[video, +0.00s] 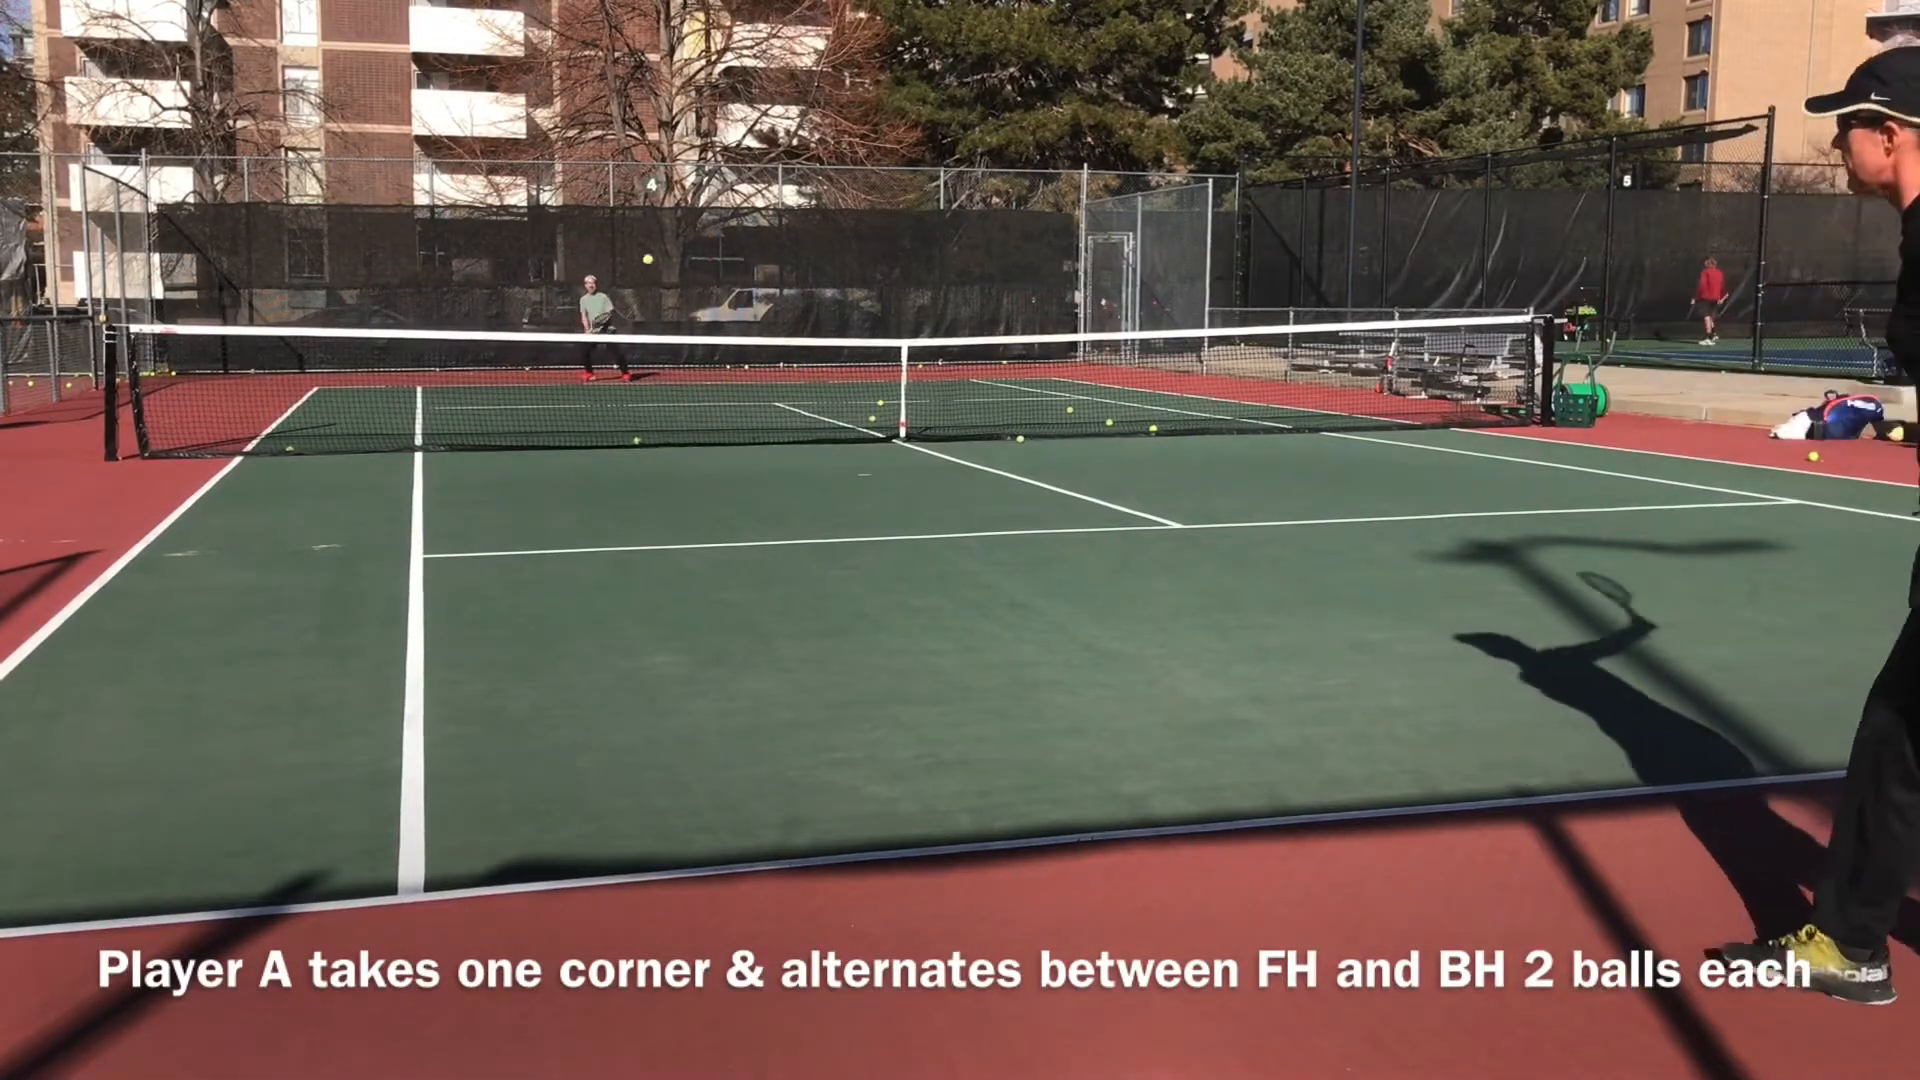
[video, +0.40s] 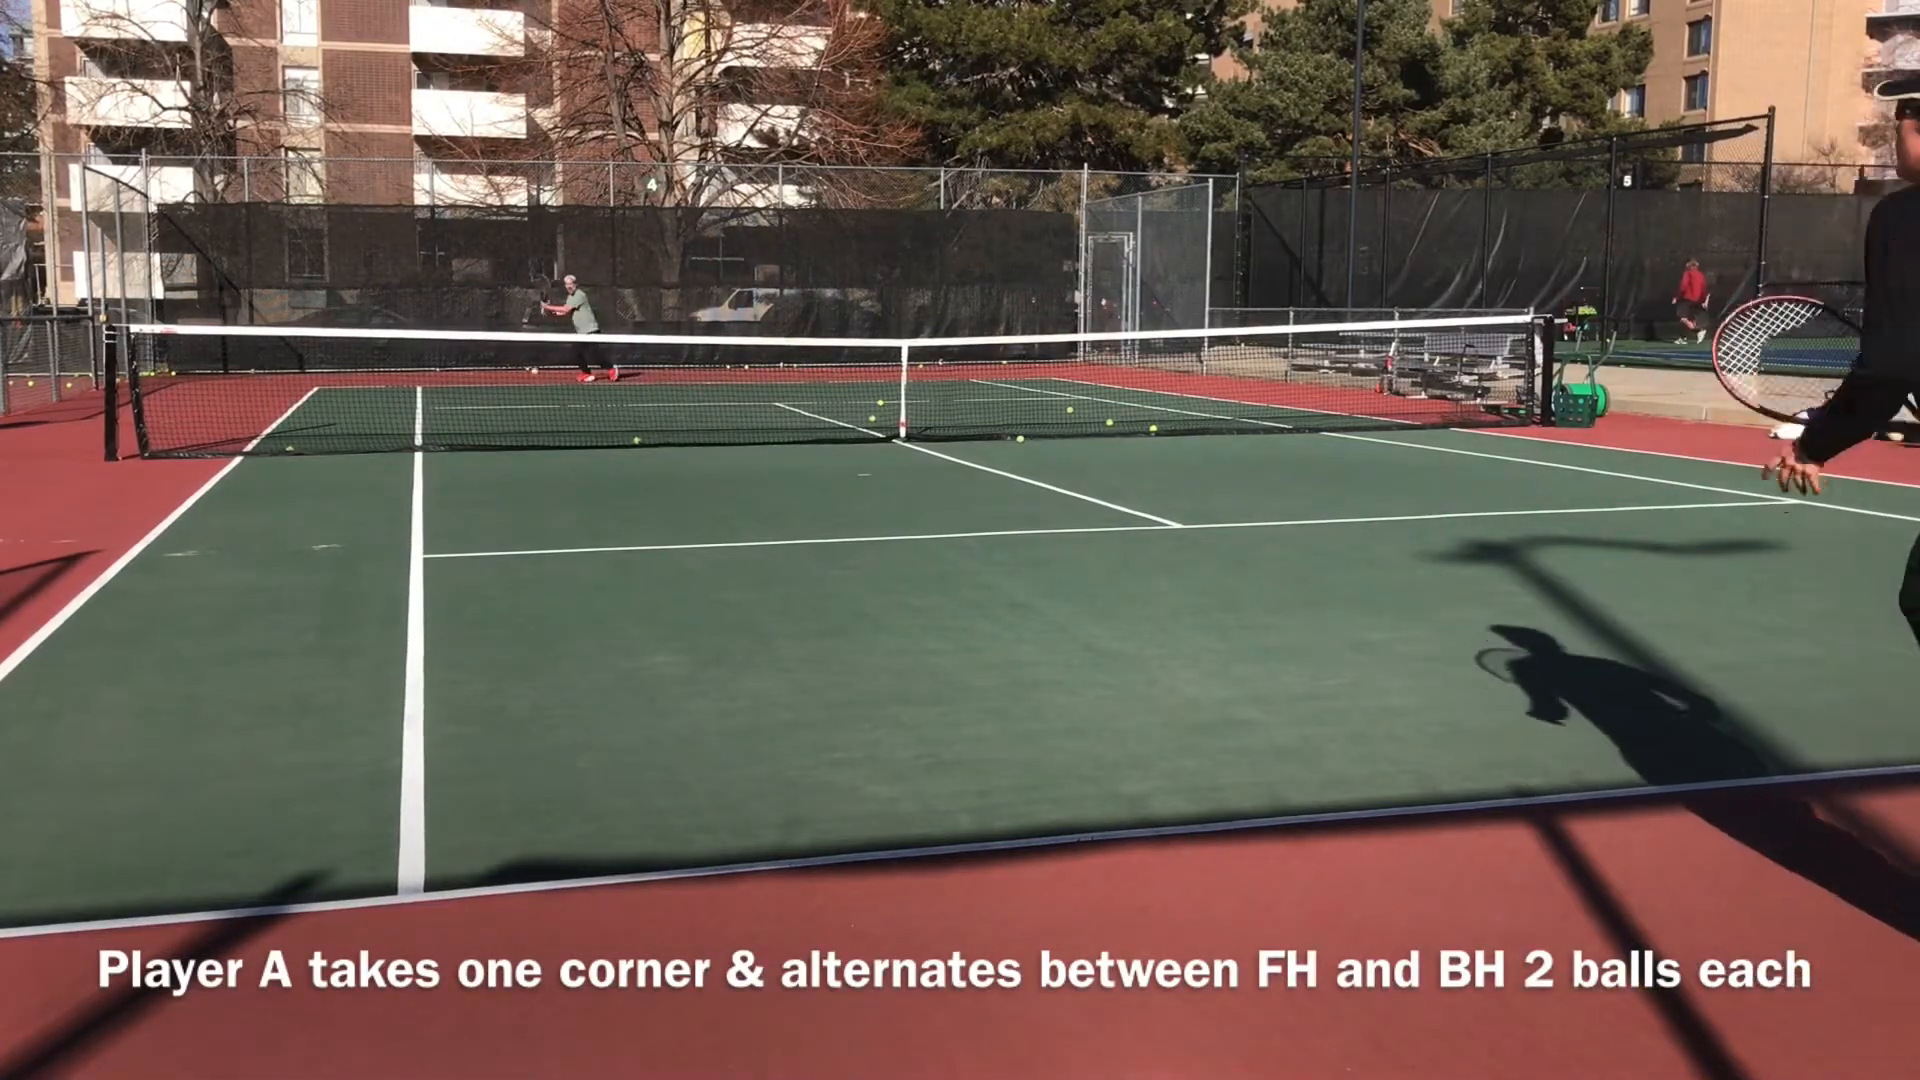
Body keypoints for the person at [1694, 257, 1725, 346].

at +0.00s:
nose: (1705, 265)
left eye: (1706, 264)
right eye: (1706, 263)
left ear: (1707, 264)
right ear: (1714, 264)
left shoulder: (1705, 273)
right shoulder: (1719, 273)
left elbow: (1701, 286)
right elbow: (1722, 286)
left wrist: (1696, 297)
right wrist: (1720, 297)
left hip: (1706, 297)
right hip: (1715, 297)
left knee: (1706, 315)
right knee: (1711, 315)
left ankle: (1708, 337)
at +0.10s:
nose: (1701, 265)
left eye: (1702, 263)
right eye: (1703, 263)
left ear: (1702, 264)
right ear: (1710, 264)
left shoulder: (1700, 273)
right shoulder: (1715, 273)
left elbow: (1696, 287)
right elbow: (1717, 286)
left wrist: (1689, 297)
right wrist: (1718, 297)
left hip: (1702, 297)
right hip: (1712, 297)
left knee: (1704, 315)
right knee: (1707, 316)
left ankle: (1709, 336)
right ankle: (1701, 335)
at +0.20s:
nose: (1696, 267)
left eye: (1696, 265)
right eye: (1697, 265)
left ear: (1698, 265)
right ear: (1706, 265)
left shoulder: (1695, 274)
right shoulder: (1711, 274)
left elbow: (1691, 287)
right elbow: (1713, 288)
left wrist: (1682, 297)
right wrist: (1715, 298)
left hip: (1697, 299)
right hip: (1708, 299)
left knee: (1701, 317)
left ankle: (1709, 337)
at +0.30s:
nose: (1691, 267)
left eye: (1692, 265)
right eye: (1692, 265)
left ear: (1693, 265)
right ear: (1701, 266)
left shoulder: (1691, 274)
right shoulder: (1705, 275)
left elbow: (1686, 287)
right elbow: (1708, 288)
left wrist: (1678, 296)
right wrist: (1710, 298)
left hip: (1693, 298)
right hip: (1703, 299)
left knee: (1692, 317)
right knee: (1687, 317)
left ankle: (1706, 335)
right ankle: (1683, 337)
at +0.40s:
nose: (1686, 267)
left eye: (1687, 265)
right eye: (1687, 265)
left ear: (1689, 265)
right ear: (1697, 265)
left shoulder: (1687, 273)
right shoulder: (1701, 275)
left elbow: (1683, 286)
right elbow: (1704, 288)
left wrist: (1677, 296)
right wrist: (1703, 299)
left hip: (1688, 297)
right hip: (1698, 299)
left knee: (1682, 316)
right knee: (1691, 317)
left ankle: (1698, 330)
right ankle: (1684, 337)